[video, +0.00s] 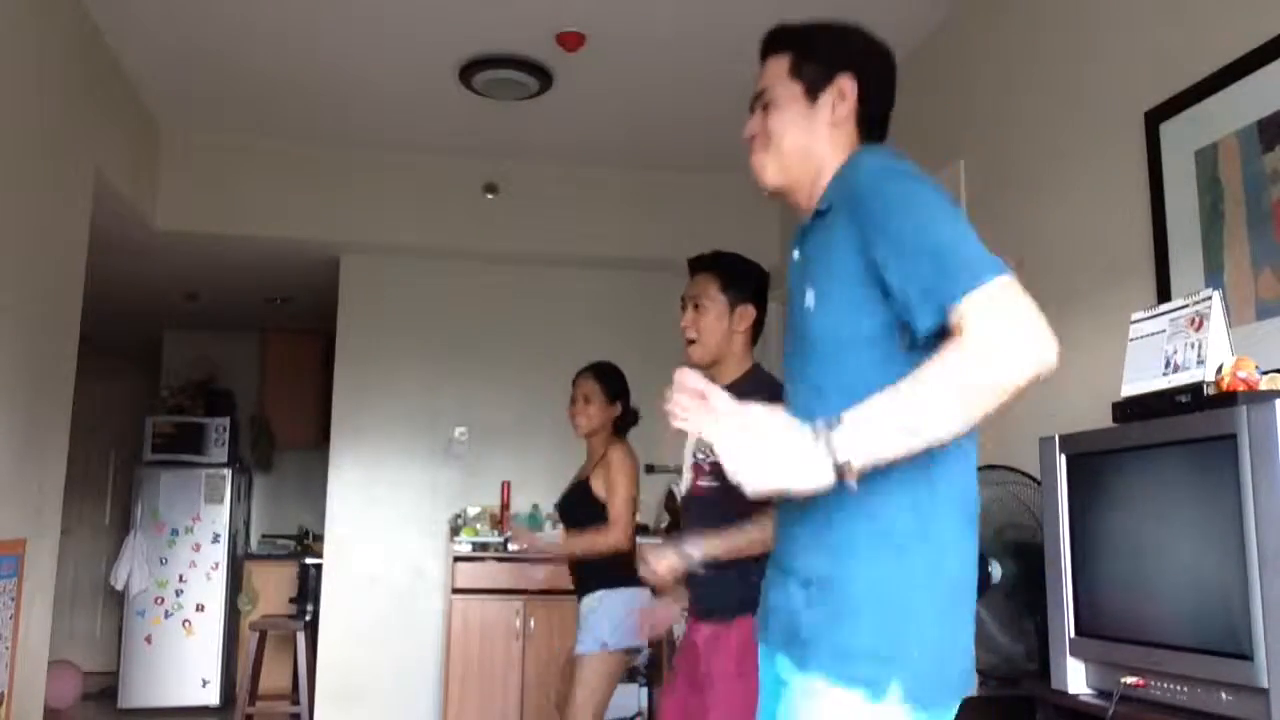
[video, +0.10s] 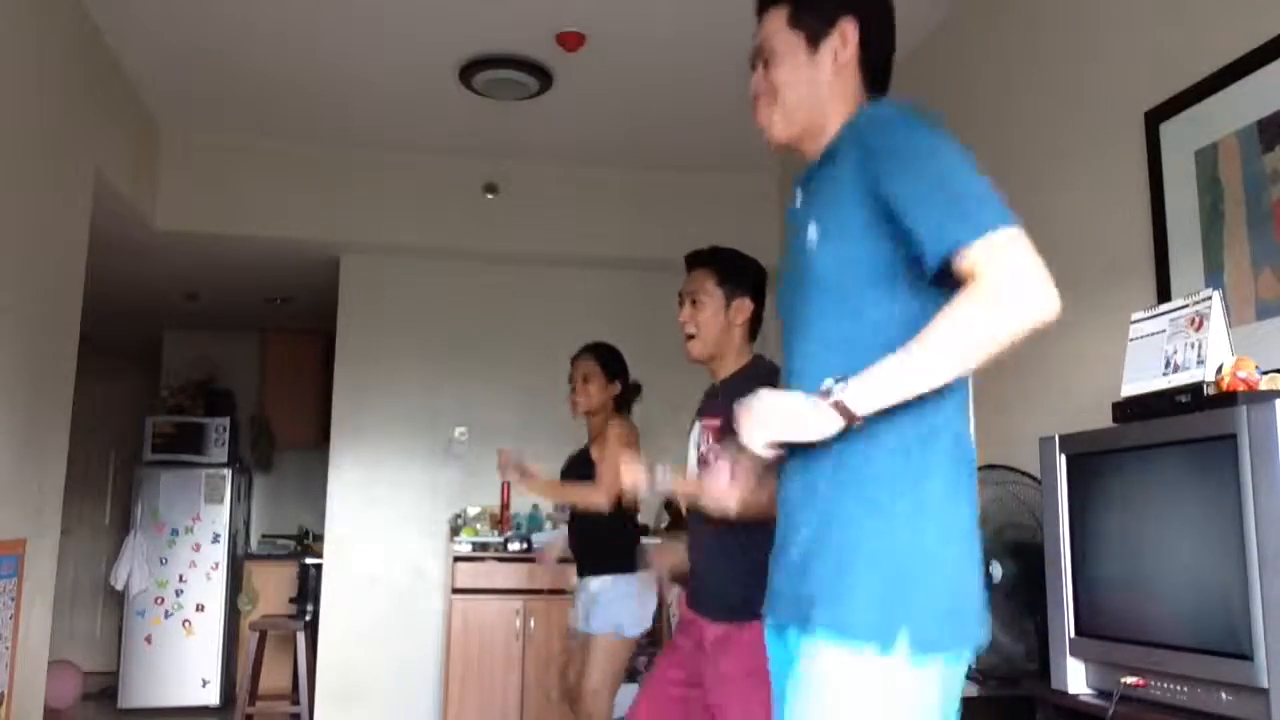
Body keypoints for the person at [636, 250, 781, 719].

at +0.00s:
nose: (684, 322)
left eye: (698, 307)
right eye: (685, 308)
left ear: (744, 318)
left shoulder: (768, 403)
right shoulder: (710, 401)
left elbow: (793, 520)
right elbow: (709, 519)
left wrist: (688, 551)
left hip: (745, 624)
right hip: (699, 621)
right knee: (677, 713)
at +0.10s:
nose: (683, 317)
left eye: (696, 302)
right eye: (683, 304)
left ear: (741, 311)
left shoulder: (763, 390)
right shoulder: (713, 398)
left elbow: (763, 497)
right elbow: (724, 512)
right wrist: (670, 559)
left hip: (749, 632)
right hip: (697, 623)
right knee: (647, 713)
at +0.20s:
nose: (681, 307)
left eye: (693, 291)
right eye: (679, 293)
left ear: (739, 300)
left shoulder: (763, 372)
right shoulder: (708, 383)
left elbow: (765, 473)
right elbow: (703, 493)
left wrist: (681, 436)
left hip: (748, 609)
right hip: (696, 603)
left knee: (746, 715)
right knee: (661, 714)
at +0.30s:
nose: (682, 312)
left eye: (697, 298)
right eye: (683, 298)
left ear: (740, 311)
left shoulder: (766, 395)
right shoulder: (700, 395)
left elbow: (801, 500)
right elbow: (688, 499)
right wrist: (622, 447)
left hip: (751, 603)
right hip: (705, 604)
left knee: (722, 712)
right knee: (679, 712)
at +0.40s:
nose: (688, 319)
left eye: (703, 305)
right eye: (688, 306)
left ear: (747, 318)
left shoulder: (763, 403)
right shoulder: (707, 401)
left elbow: (796, 517)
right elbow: (709, 520)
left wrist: (694, 561)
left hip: (752, 616)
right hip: (707, 615)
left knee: (723, 714)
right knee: (676, 713)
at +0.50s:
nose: (690, 316)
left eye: (704, 302)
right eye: (689, 303)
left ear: (748, 314)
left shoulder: (767, 394)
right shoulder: (715, 397)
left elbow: (766, 515)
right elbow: (718, 515)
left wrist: (669, 512)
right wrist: (664, 579)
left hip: (756, 629)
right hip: (700, 625)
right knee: (662, 713)